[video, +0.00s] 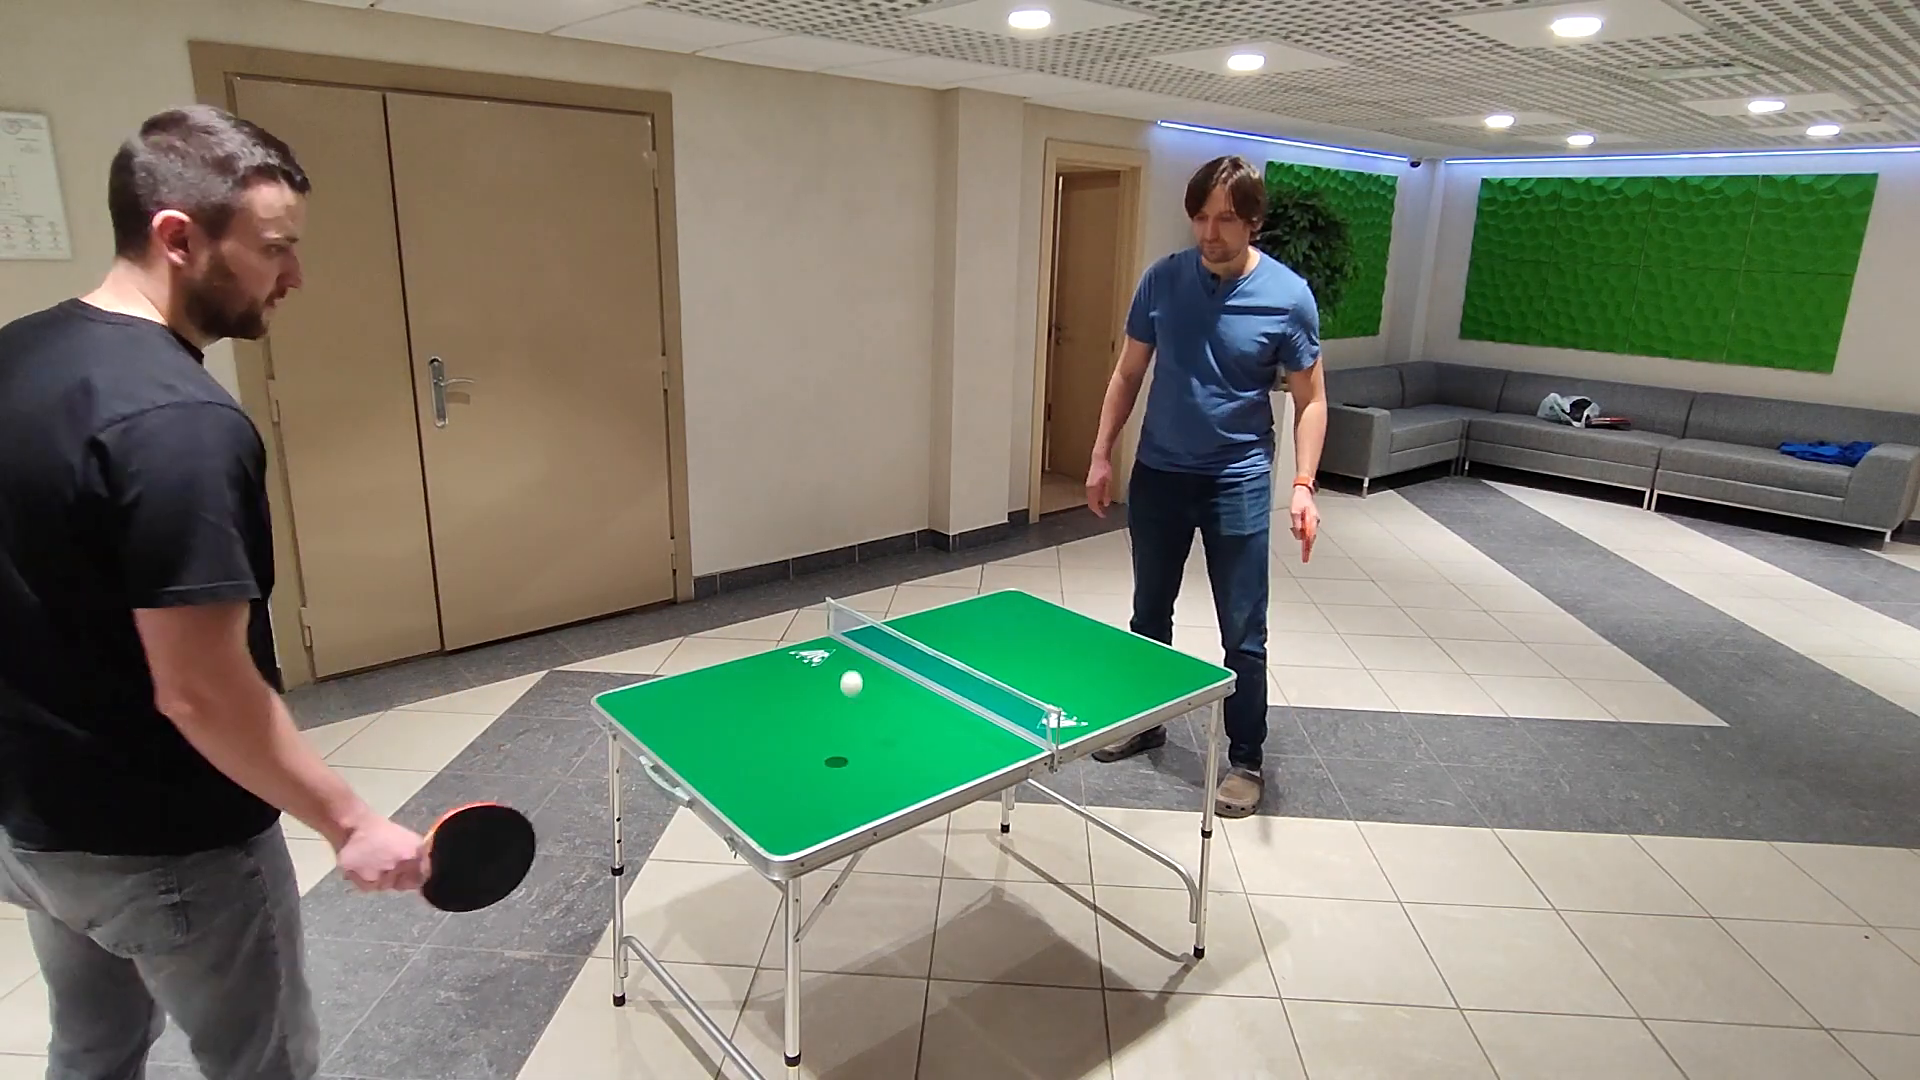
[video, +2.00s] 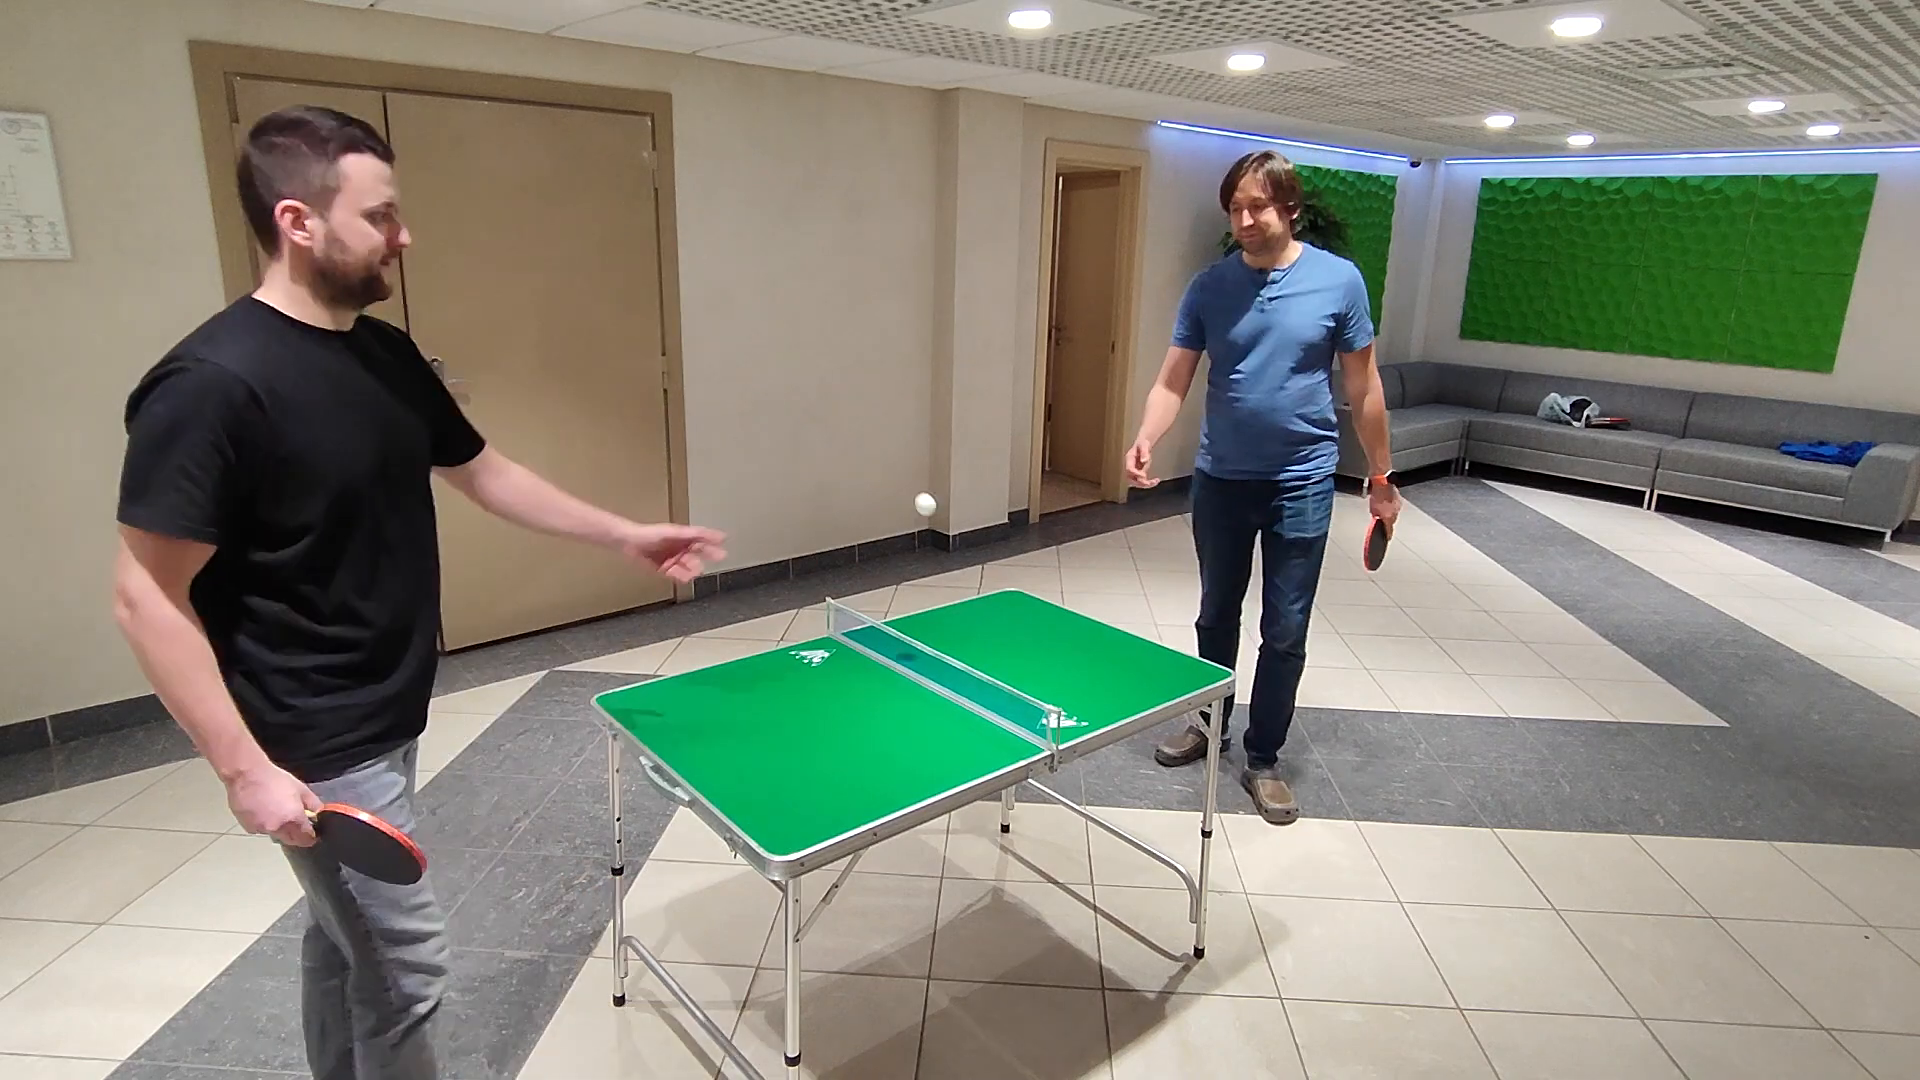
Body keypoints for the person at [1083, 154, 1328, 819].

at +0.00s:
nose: (1210, 231)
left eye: (1226, 219)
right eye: (1202, 217)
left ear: (1254, 221)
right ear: (1191, 215)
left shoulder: (1289, 296)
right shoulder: (1164, 278)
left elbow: (1310, 397)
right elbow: (1128, 371)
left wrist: (1304, 487)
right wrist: (1101, 454)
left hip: (1239, 480)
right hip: (1159, 473)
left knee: (1242, 635)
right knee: (1148, 613)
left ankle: (1244, 764)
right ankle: (1140, 721)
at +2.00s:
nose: (1244, 220)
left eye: (1257, 208)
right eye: (1236, 209)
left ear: (1289, 210)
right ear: (1229, 215)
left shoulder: (1340, 280)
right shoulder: (1212, 284)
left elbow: (1364, 390)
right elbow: (1174, 378)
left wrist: (1381, 480)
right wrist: (1144, 438)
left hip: (1302, 477)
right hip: (1221, 475)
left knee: (1286, 629)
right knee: (1216, 615)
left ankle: (1264, 762)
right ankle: (1209, 723)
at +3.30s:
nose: (1225, 222)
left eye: (1237, 208)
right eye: (1212, 207)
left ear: (1252, 207)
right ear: (1187, 206)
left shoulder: (1272, 278)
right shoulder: (1150, 285)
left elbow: (1314, 369)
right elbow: (1125, 401)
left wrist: (1346, 383)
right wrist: (1194, 414)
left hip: (1243, 486)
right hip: (1161, 489)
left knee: (1261, 633)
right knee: (1153, 634)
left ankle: (1260, 765)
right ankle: (1151, 761)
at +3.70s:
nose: (1250, 219)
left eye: (1258, 205)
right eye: (1238, 206)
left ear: (1264, 207)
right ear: (1199, 206)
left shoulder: (1277, 289)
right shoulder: (1147, 282)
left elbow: (1286, 396)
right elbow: (1110, 383)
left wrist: (1304, 452)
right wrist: (1147, 420)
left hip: (1235, 487)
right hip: (1154, 486)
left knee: (1253, 642)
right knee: (1148, 634)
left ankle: (1253, 766)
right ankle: (1149, 763)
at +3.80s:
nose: (1245, 220)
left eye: (1254, 206)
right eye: (1232, 207)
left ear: (1264, 207)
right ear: (1201, 208)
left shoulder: (1285, 291)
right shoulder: (1153, 279)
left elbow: (1275, 407)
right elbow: (1115, 377)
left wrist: (1235, 485)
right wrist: (1140, 424)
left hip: (1240, 485)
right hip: (1157, 483)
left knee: (1256, 640)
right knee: (1149, 628)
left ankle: (1253, 766)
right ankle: (1150, 761)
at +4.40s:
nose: (1252, 225)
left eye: (1267, 213)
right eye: (1247, 212)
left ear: (1304, 217)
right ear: (1243, 216)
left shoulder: (1346, 293)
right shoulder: (1233, 280)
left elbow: (1362, 415)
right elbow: (1214, 379)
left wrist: (1274, 483)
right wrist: (1176, 424)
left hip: (1303, 495)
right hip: (1226, 483)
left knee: (1305, 648)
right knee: (1187, 628)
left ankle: (1298, 775)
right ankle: (1153, 755)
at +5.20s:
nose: (1188, 260)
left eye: (1196, 247)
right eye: (1185, 248)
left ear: (1235, 241)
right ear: (1214, 244)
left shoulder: (1281, 308)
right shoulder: (1220, 289)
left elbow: (1272, 430)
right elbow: (1216, 369)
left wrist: (1187, 484)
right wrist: (1154, 415)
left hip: (1281, 484)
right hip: (1225, 477)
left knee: (1282, 626)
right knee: (1207, 597)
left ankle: (1298, 770)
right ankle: (1209, 710)